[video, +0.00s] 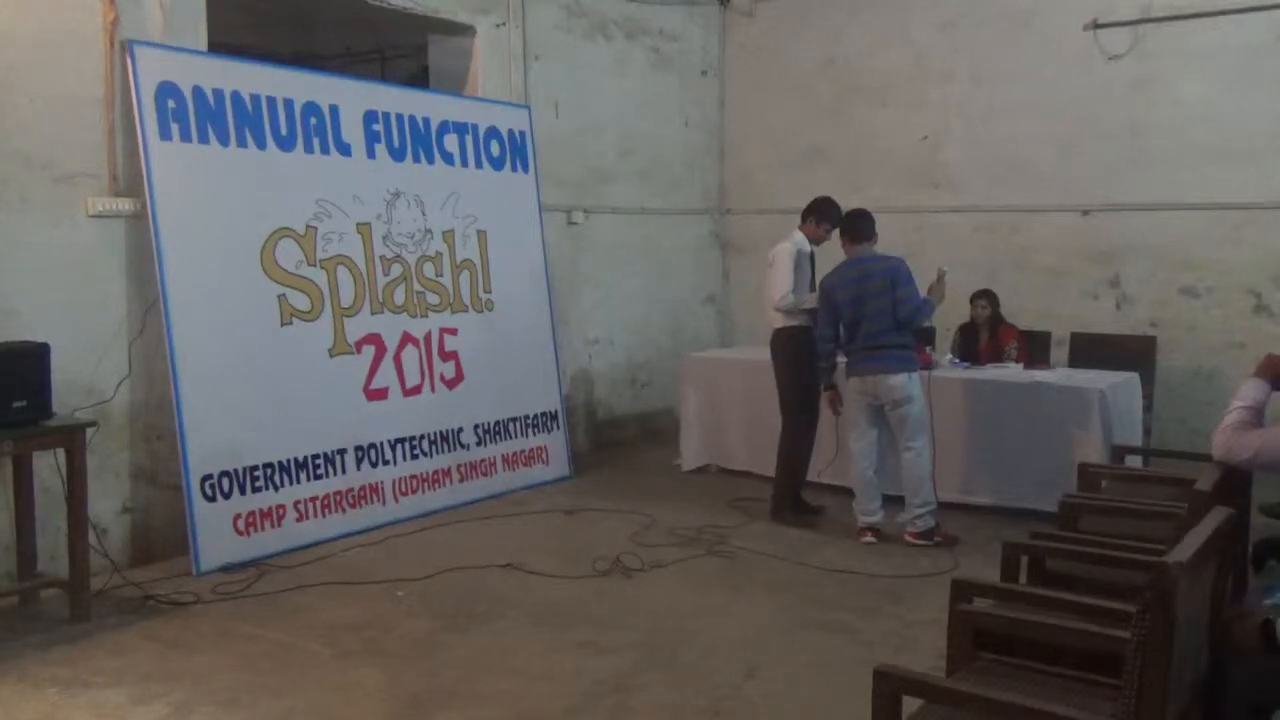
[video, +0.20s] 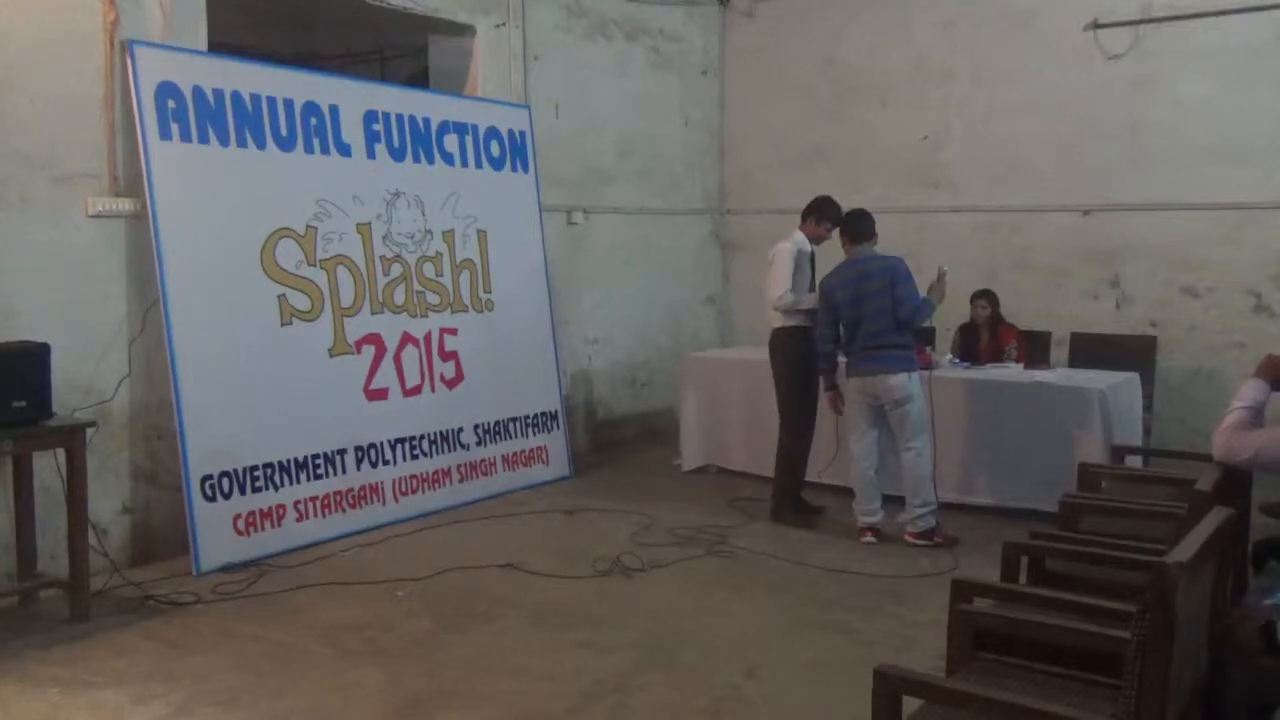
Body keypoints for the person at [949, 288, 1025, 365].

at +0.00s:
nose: (978, 311)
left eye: (983, 308)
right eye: (975, 307)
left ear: (992, 310)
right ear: (971, 308)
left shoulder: (1007, 332)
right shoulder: (964, 330)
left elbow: (1009, 365)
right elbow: (954, 361)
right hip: (967, 381)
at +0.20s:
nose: (978, 312)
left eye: (983, 308)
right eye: (975, 307)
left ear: (993, 310)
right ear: (971, 308)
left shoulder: (1007, 332)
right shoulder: (964, 330)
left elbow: (1009, 365)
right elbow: (954, 361)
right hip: (968, 381)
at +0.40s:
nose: (978, 312)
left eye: (983, 308)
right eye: (975, 307)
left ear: (993, 310)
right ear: (971, 308)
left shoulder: (1007, 332)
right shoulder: (964, 331)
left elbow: (1009, 365)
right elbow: (953, 361)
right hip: (967, 381)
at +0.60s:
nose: (978, 311)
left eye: (983, 308)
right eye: (975, 307)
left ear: (992, 310)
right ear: (971, 308)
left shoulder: (1007, 332)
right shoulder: (964, 331)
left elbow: (1009, 365)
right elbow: (953, 361)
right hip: (967, 381)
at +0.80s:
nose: (978, 311)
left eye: (983, 307)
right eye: (975, 306)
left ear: (993, 310)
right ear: (971, 308)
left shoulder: (1006, 332)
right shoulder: (963, 331)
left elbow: (1009, 365)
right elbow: (954, 361)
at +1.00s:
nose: (977, 312)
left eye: (983, 308)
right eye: (974, 307)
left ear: (992, 311)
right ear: (971, 309)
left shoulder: (1006, 333)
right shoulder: (964, 331)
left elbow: (1010, 366)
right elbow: (954, 362)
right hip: (968, 381)